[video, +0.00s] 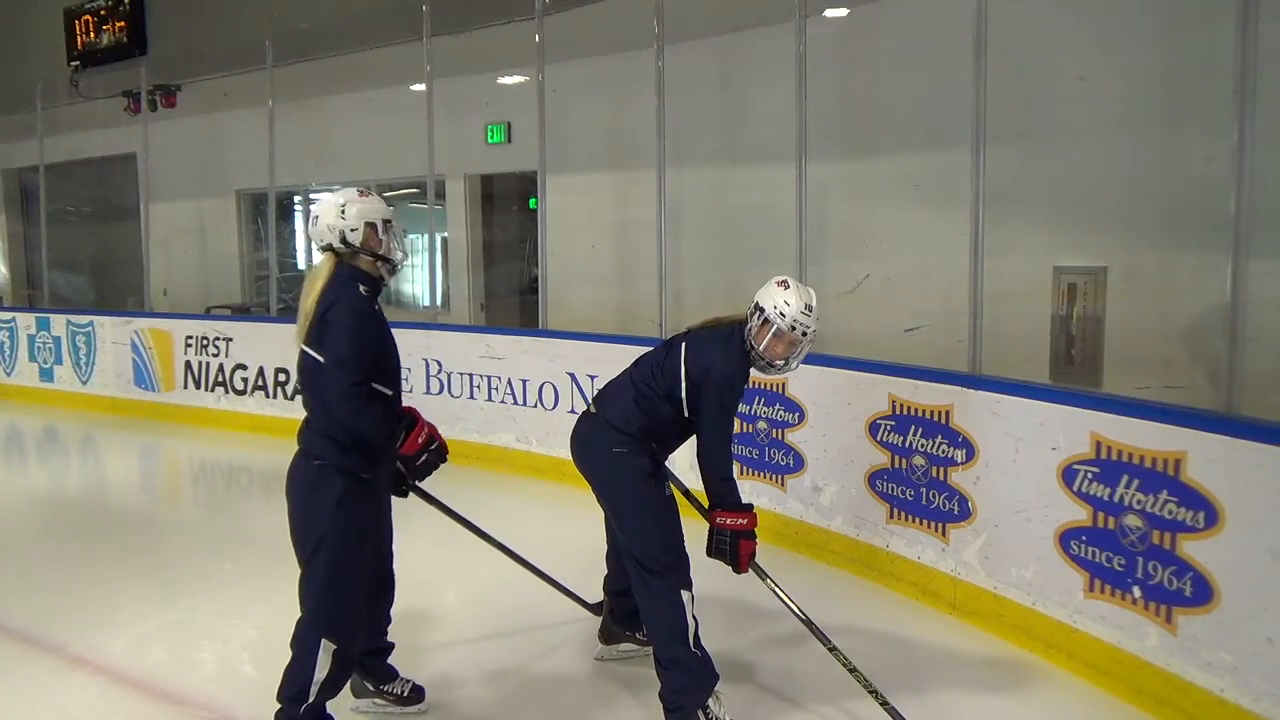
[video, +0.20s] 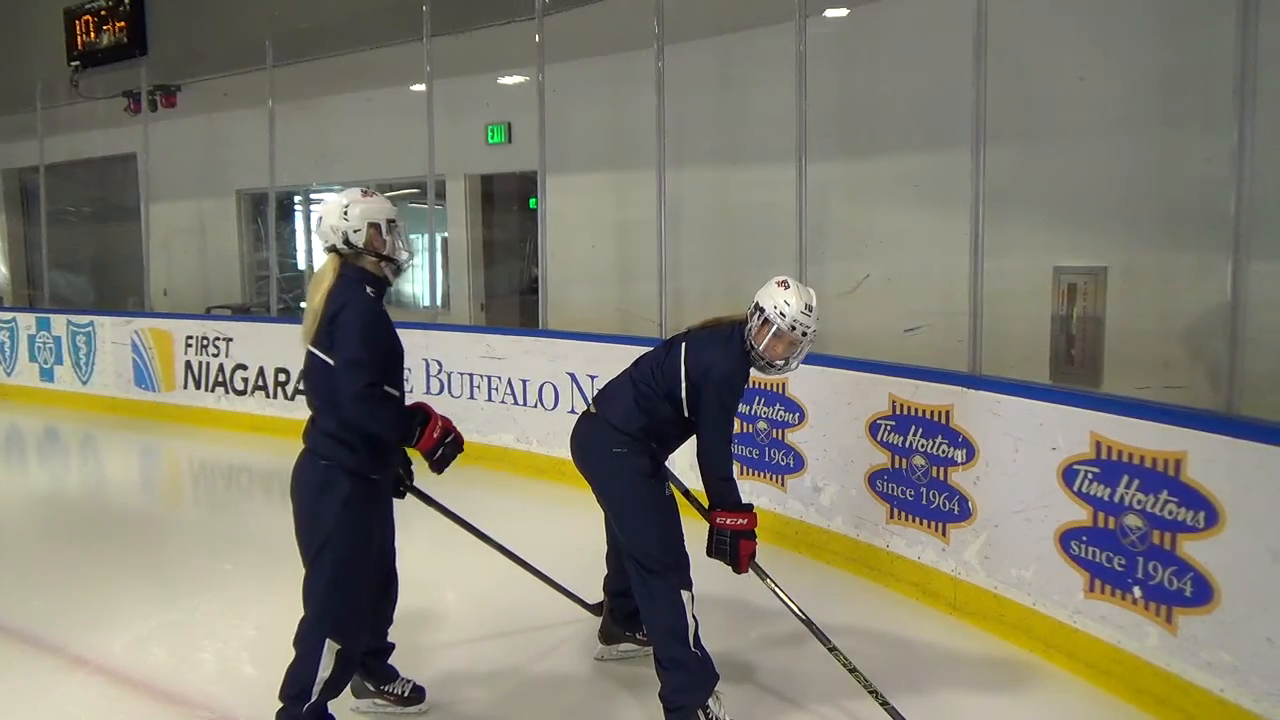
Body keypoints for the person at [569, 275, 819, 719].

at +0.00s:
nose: (775, 348)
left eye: (788, 342)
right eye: (771, 333)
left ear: (802, 345)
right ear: (755, 320)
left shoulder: (725, 340)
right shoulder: (725, 363)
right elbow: (714, 449)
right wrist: (732, 516)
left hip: (604, 434)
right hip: (620, 445)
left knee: (630, 534)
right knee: (664, 569)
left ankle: (621, 623)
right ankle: (689, 703)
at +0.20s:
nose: (775, 348)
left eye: (788, 342)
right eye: (772, 333)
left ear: (801, 345)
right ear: (756, 320)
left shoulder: (725, 340)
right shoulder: (725, 363)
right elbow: (714, 449)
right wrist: (732, 517)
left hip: (603, 434)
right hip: (620, 445)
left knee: (630, 533)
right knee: (664, 569)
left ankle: (621, 623)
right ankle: (689, 703)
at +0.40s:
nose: (776, 348)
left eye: (789, 343)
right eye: (773, 334)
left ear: (802, 346)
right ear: (756, 320)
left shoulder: (726, 341)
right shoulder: (725, 363)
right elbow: (714, 448)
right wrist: (732, 517)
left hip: (604, 435)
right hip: (621, 446)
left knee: (631, 535)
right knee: (666, 570)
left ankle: (622, 623)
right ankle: (690, 703)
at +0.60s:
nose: (778, 348)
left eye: (791, 342)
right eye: (774, 334)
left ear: (803, 346)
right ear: (758, 320)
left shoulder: (726, 340)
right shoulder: (726, 363)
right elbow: (716, 449)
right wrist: (734, 517)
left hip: (605, 435)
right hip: (622, 446)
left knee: (631, 536)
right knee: (667, 569)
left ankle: (623, 624)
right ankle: (691, 703)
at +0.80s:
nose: (777, 347)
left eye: (791, 342)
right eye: (773, 333)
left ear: (804, 346)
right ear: (758, 320)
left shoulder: (727, 341)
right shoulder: (727, 363)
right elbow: (717, 449)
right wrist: (735, 517)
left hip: (606, 434)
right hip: (623, 446)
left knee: (633, 533)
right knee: (667, 569)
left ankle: (624, 623)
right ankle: (692, 703)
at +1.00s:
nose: (778, 347)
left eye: (792, 341)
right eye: (775, 333)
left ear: (806, 345)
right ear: (759, 320)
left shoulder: (729, 340)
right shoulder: (729, 363)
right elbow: (718, 448)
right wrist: (736, 518)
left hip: (607, 435)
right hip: (625, 446)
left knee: (635, 536)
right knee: (670, 570)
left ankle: (625, 625)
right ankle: (693, 703)